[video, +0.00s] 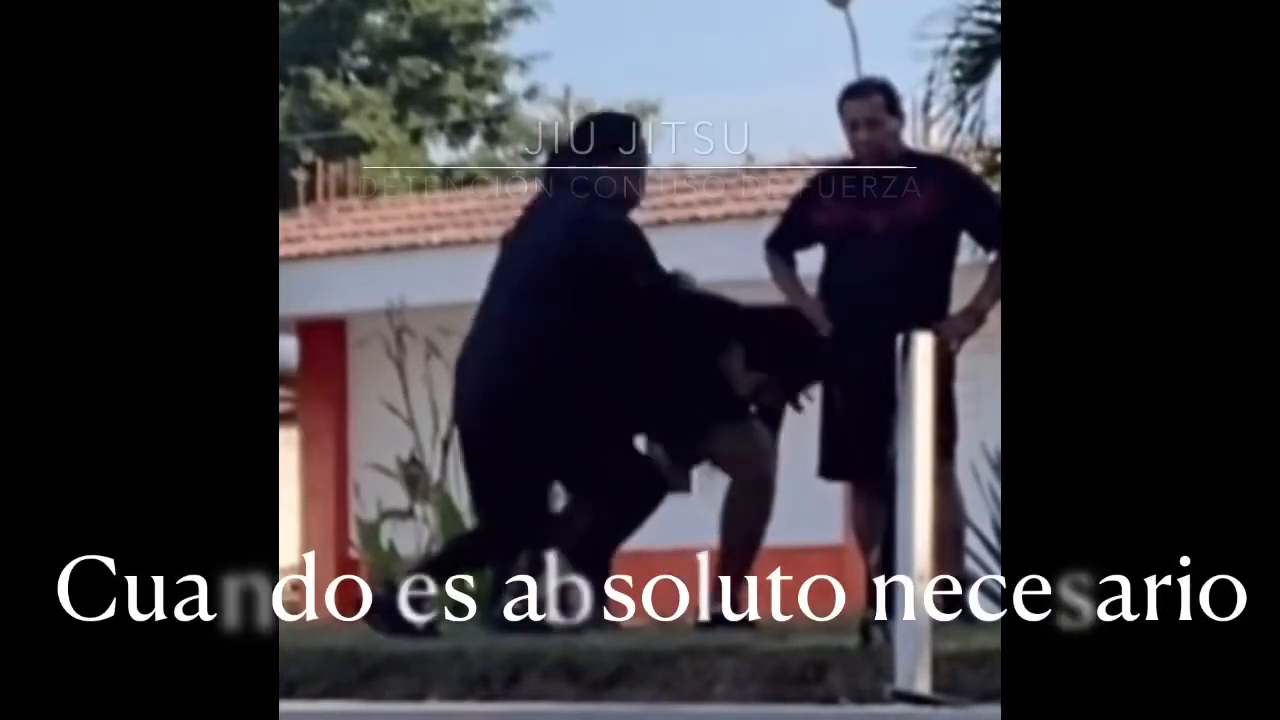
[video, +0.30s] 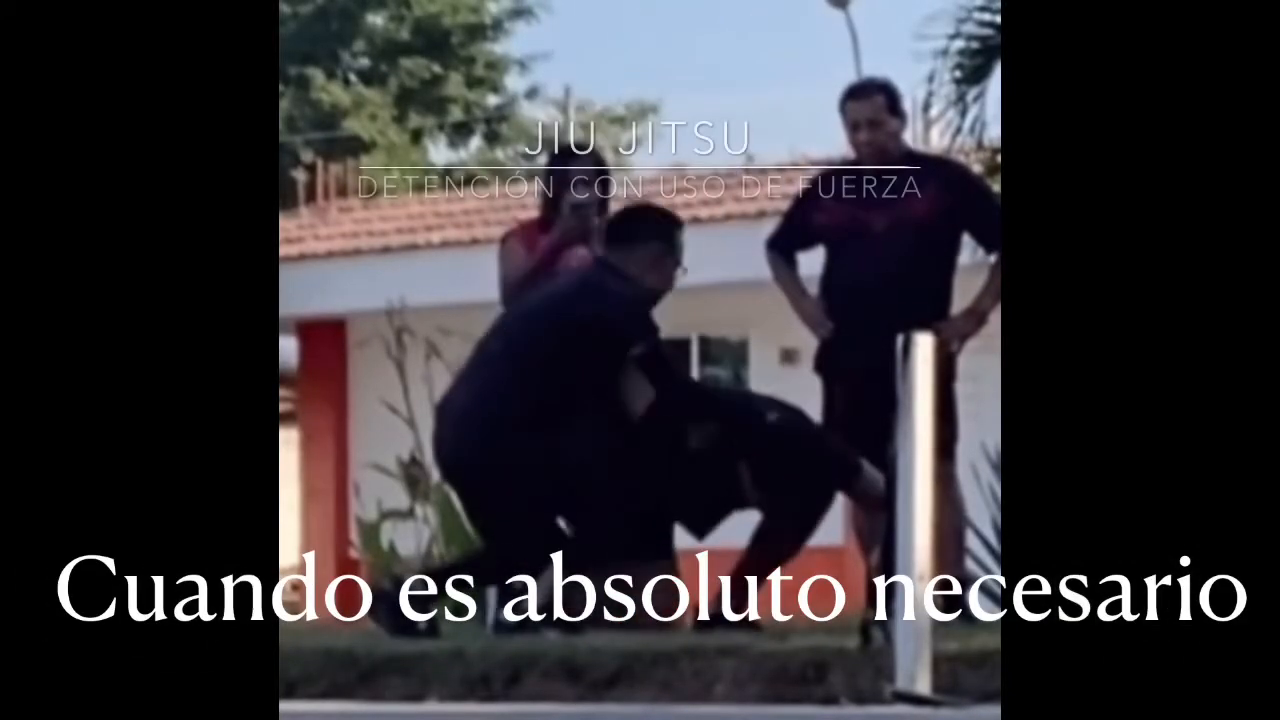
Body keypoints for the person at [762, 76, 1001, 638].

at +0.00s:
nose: (865, 136)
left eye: (874, 123)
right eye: (854, 126)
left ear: (898, 121)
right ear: (843, 130)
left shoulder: (943, 178)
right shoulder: (829, 187)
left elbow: (1002, 242)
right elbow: (776, 250)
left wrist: (973, 315)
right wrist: (809, 308)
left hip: (922, 348)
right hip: (852, 347)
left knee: (932, 474)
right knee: (865, 480)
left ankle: (948, 596)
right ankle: (877, 603)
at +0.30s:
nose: (865, 136)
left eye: (875, 124)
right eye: (855, 127)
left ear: (900, 122)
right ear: (844, 131)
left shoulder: (946, 179)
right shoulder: (829, 187)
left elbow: (1003, 247)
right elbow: (778, 251)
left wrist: (973, 316)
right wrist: (815, 320)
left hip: (923, 352)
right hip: (849, 351)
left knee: (932, 474)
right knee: (862, 479)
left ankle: (947, 592)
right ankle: (878, 595)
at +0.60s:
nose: (868, 138)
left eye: (877, 125)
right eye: (857, 128)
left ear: (902, 122)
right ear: (846, 131)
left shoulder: (947, 179)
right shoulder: (831, 187)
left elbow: (1003, 245)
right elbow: (778, 249)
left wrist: (974, 317)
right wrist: (814, 318)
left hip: (924, 354)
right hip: (851, 352)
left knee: (933, 478)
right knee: (864, 484)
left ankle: (947, 592)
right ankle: (876, 601)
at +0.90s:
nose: (870, 139)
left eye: (880, 127)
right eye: (859, 129)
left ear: (905, 124)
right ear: (849, 132)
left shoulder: (949, 181)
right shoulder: (832, 188)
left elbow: (1004, 247)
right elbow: (778, 248)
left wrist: (975, 318)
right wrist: (813, 315)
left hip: (926, 353)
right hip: (853, 351)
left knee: (934, 475)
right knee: (864, 480)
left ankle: (946, 593)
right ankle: (870, 595)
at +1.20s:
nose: (872, 139)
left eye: (882, 127)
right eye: (862, 129)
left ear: (907, 125)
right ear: (851, 132)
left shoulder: (950, 181)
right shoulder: (832, 188)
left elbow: (1004, 248)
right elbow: (779, 249)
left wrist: (976, 318)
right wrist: (814, 316)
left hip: (926, 355)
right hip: (853, 352)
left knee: (935, 477)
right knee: (865, 480)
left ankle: (944, 594)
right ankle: (868, 593)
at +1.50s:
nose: (870, 140)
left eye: (880, 128)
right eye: (860, 130)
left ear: (906, 125)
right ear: (850, 133)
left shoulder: (950, 182)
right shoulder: (833, 188)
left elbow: (1003, 249)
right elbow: (778, 247)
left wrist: (975, 318)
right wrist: (813, 314)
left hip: (926, 357)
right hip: (853, 354)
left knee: (934, 479)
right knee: (863, 484)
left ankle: (945, 595)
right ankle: (872, 602)